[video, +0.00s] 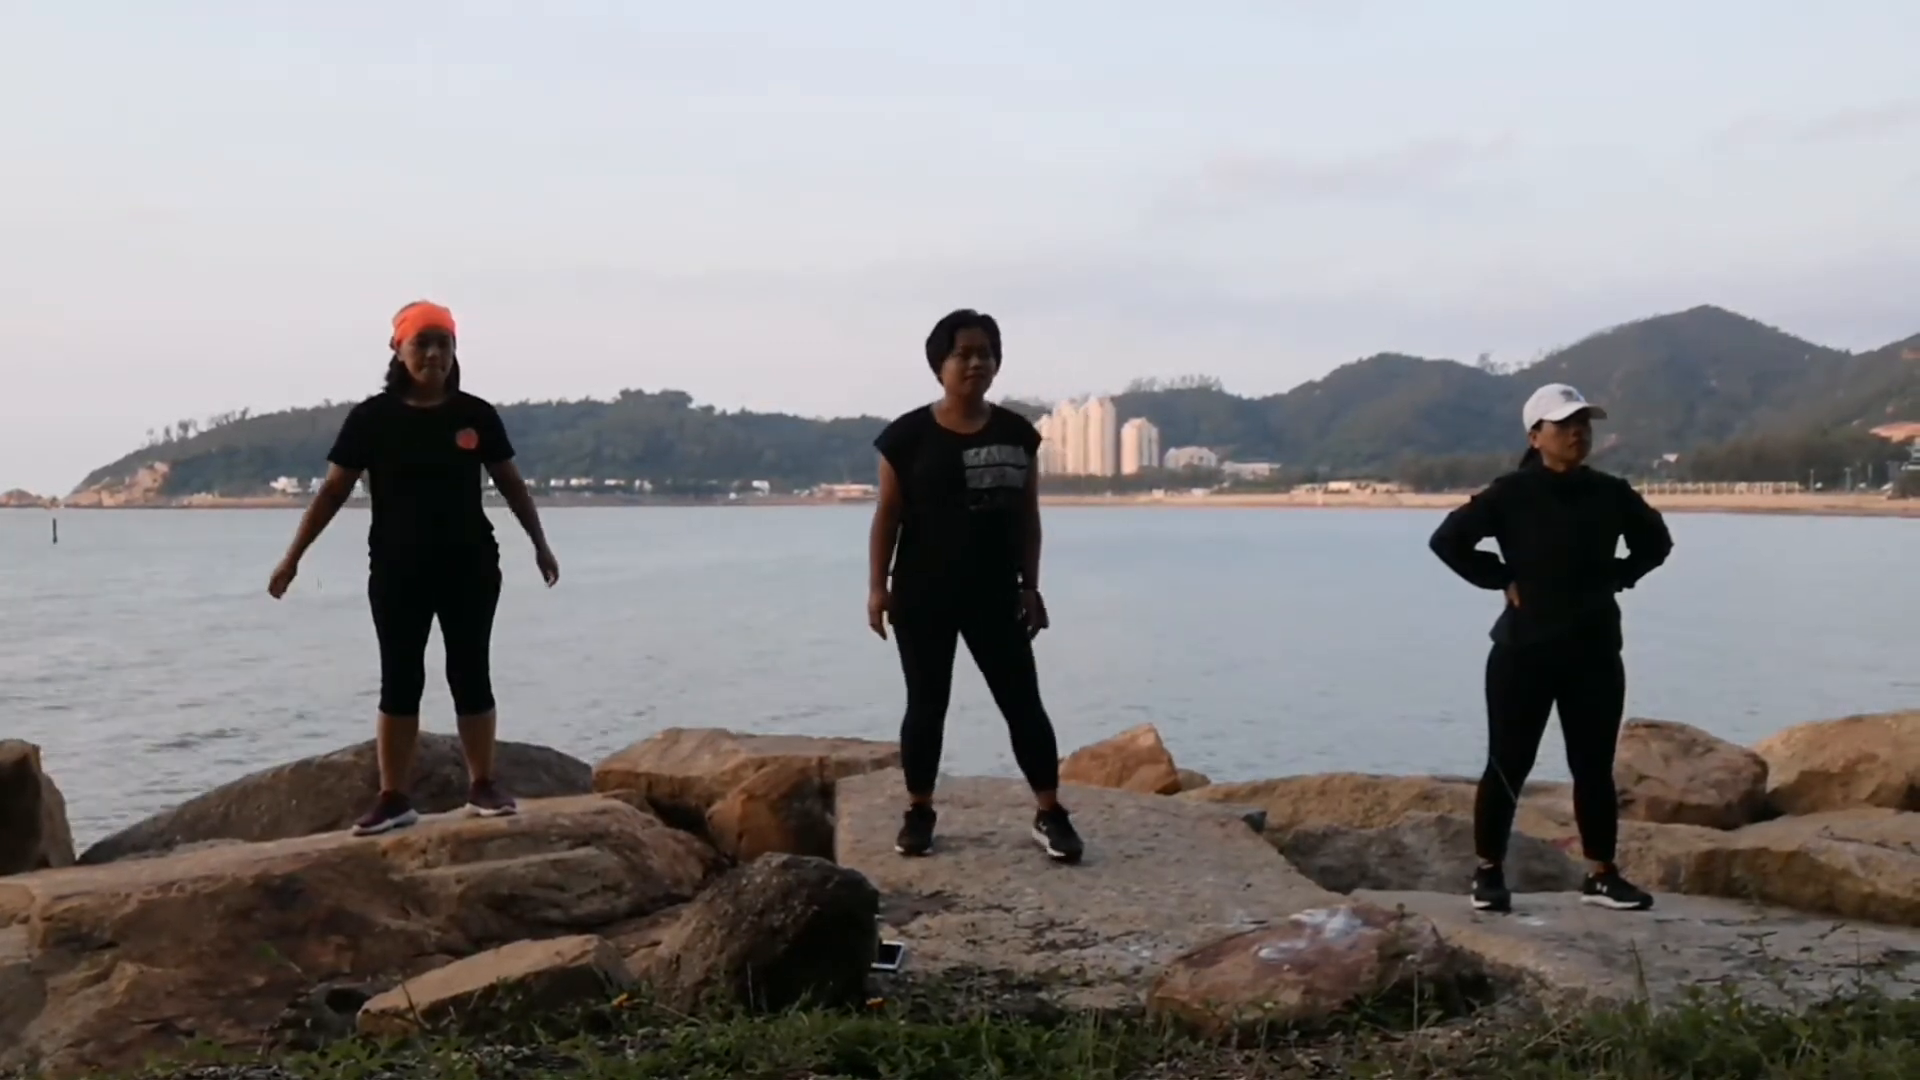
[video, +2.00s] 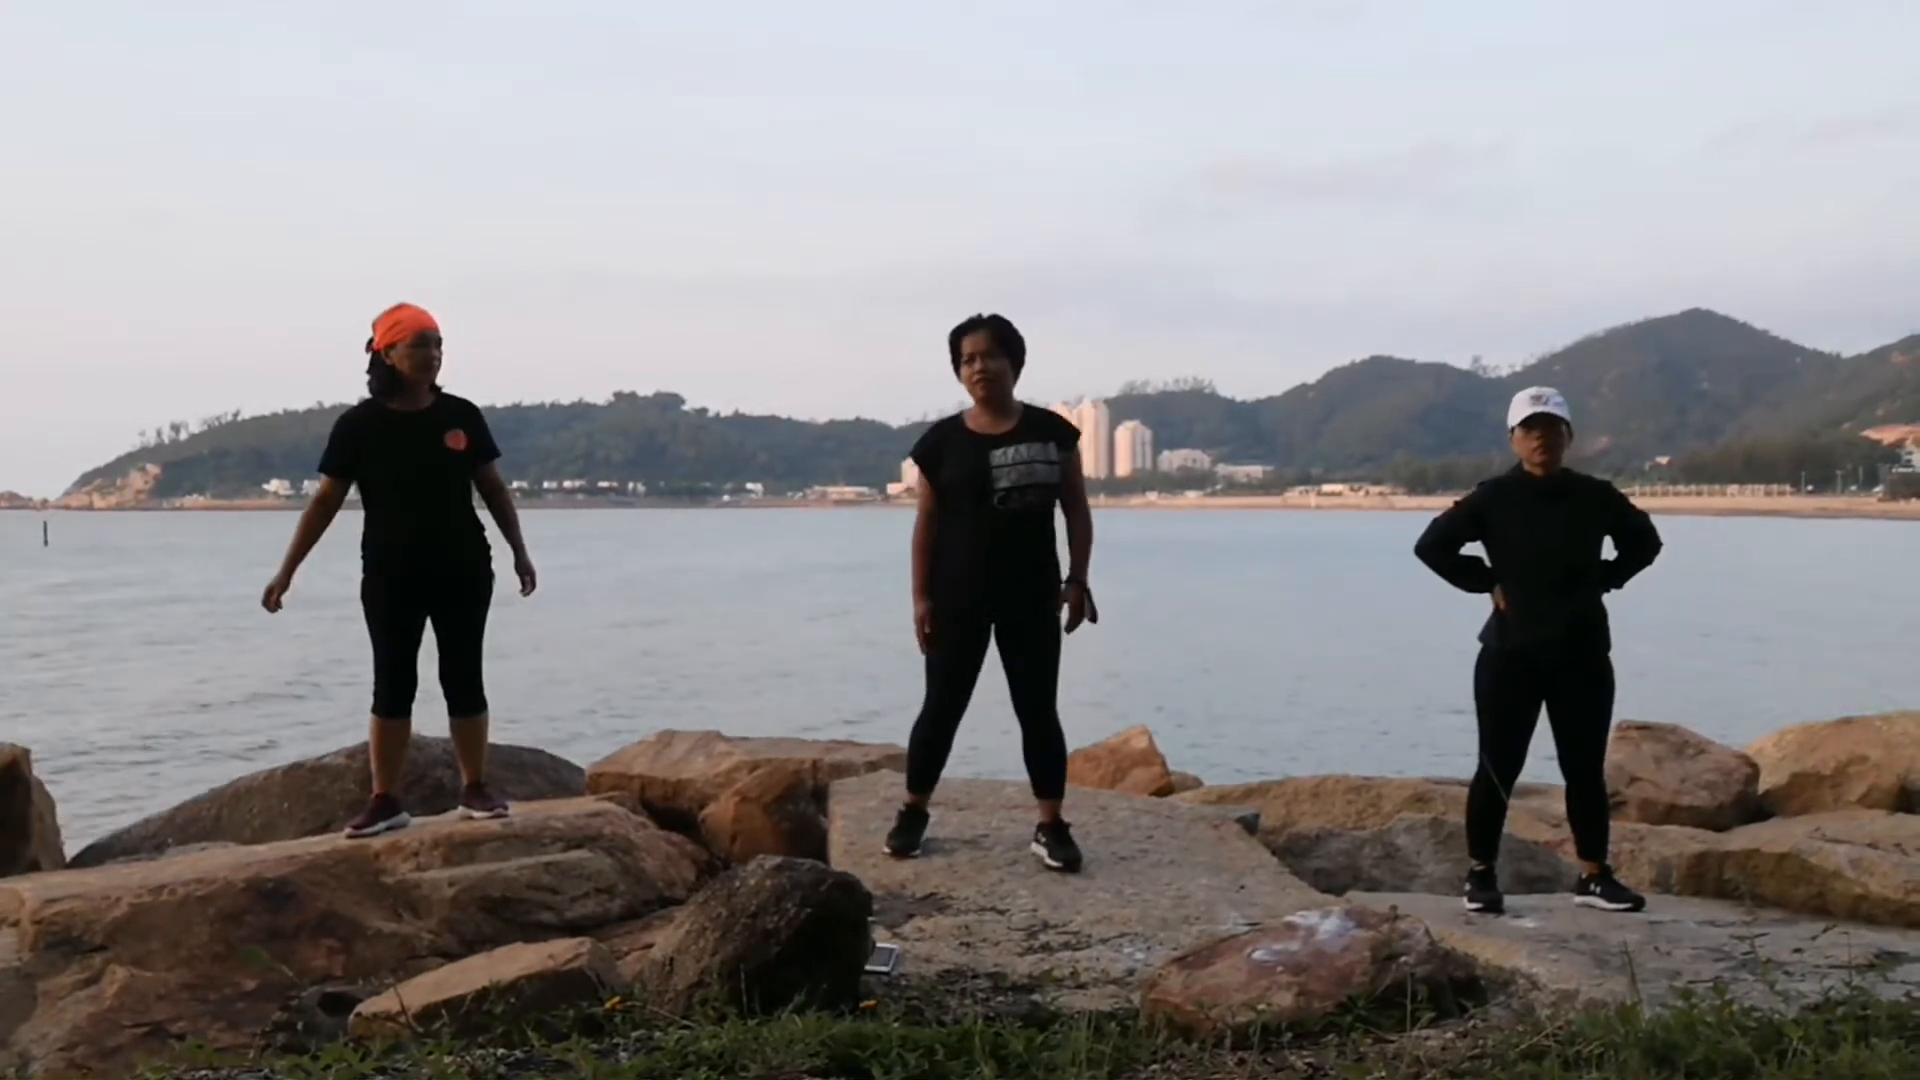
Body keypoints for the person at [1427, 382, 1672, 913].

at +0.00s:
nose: (1580, 433)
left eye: (1583, 423)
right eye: (1567, 424)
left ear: (1588, 429)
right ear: (1537, 435)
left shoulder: (1610, 492)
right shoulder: (1511, 493)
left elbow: (1657, 542)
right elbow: (1447, 541)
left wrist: (1613, 578)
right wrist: (1502, 578)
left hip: (1593, 651)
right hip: (1524, 650)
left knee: (1595, 769)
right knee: (1507, 766)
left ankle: (1602, 874)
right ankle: (1489, 874)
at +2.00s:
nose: (1541, 439)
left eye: (1551, 429)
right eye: (1530, 429)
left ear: (1567, 436)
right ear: (1513, 438)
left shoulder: (1594, 495)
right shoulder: (1493, 498)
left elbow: (1645, 542)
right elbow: (1431, 547)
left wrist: (1603, 578)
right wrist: (1487, 581)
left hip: (1581, 653)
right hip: (1512, 653)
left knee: (1586, 770)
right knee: (1498, 768)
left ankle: (1594, 875)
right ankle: (1481, 874)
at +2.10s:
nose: (1536, 440)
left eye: (1546, 429)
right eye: (1524, 430)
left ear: (1561, 435)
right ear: (1507, 438)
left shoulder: (1587, 495)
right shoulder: (1487, 497)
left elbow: (1638, 541)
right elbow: (1424, 547)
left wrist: (1596, 579)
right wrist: (1481, 582)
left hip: (1575, 653)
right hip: (1506, 654)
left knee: (1582, 770)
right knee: (1494, 768)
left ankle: (1594, 875)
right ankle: (1480, 875)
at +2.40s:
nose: (1509, 439)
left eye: (1519, 428)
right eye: (1498, 429)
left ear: (1531, 434)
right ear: (1477, 437)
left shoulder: (1553, 492)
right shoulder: (1455, 498)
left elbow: (1599, 535)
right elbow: (1394, 552)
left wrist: (1561, 573)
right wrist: (1453, 585)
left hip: (1547, 649)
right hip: (1480, 652)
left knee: (1575, 763)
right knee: (1478, 768)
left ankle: (1594, 872)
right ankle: (1478, 877)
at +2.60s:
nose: (1493, 442)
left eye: (1502, 432)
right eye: (1482, 433)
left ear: (1512, 436)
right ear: (1459, 437)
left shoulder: (1532, 489)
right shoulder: (1437, 502)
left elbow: (1574, 524)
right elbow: (1380, 561)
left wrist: (1542, 565)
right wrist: (1441, 591)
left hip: (1536, 642)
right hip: (1471, 648)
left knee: (1575, 749)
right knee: (1474, 765)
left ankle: (1555, 836)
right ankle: (1476, 873)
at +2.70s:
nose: (1496, 447)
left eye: (1502, 438)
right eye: (1485, 438)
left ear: (1510, 439)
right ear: (1456, 438)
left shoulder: (1528, 488)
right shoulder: (1432, 502)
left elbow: (1572, 525)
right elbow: (1375, 562)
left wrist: (1541, 564)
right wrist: (1437, 591)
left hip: (1534, 639)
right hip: (1470, 647)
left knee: (1577, 746)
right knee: (1473, 765)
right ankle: (1476, 875)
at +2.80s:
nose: (1497, 451)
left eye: (1503, 441)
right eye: (1487, 441)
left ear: (1509, 438)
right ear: (1457, 438)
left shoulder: (1527, 487)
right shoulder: (1432, 500)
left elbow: (1576, 525)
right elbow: (1374, 561)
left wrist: (1541, 561)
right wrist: (1436, 589)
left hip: (1532, 640)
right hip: (1470, 647)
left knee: (1570, 742)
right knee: (1472, 766)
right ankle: (1475, 877)